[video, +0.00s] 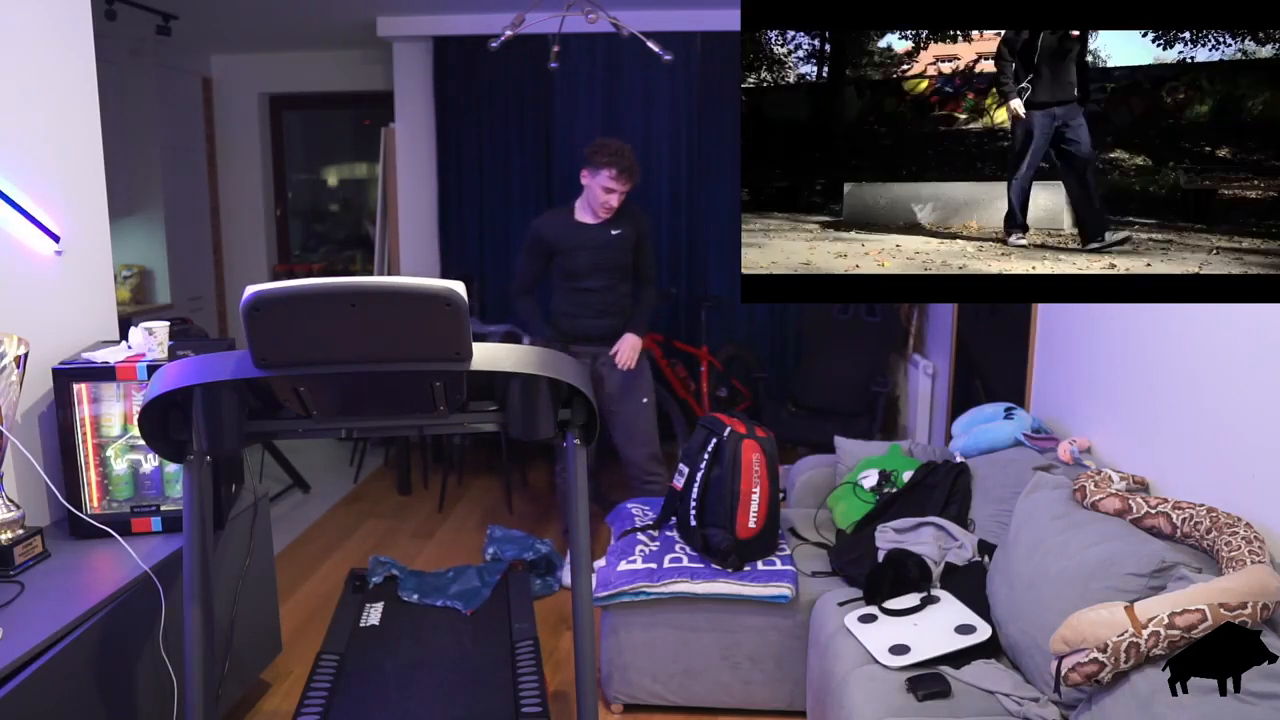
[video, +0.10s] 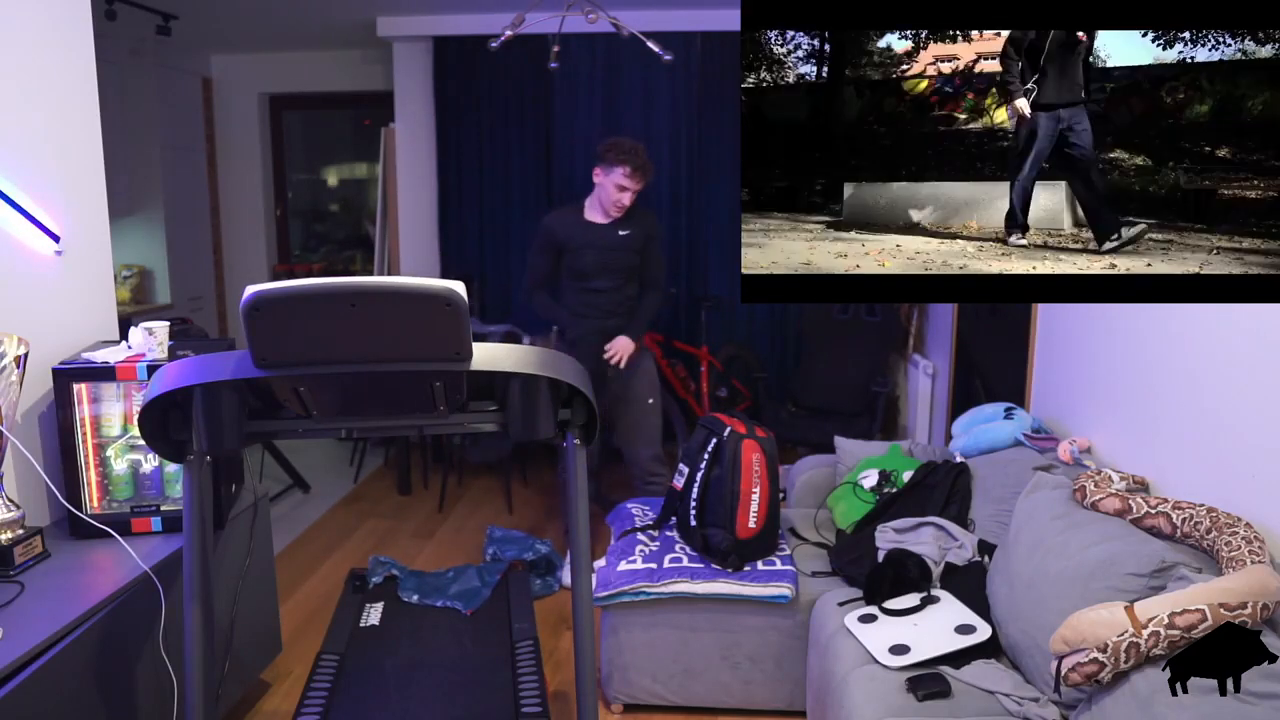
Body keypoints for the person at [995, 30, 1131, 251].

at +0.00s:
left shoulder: (1080, 34)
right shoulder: (1024, 32)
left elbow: (1080, 61)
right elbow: (1004, 55)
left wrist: (1082, 99)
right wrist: (1010, 96)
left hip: (1069, 106)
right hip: (1034, 107)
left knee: (1083, 166)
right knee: (1023, 170)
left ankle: (1094, 235)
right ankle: (1015, 231)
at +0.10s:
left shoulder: (1085, 34)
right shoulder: (1029, 32)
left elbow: (1082, 60)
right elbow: (1009, 55)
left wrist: (1082, 96)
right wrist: (1016, 94)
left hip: (1074, 106)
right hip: (1039, 107)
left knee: (1086, 170)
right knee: (1025, 171)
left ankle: (1108, 234)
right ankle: (1015, 231)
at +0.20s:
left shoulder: (1098, 33)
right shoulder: (1040, 31)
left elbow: (1091, 64)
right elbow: (1021, 54)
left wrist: (1088, 97)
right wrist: (1024, 94)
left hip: (1086, 108)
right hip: (1050, 108)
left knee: (1100, 175)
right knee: (1033, 172)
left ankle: (1118, 239)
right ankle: (1016, 230)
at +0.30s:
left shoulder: (1108, 34)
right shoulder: (1049, 32)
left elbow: (1100, 63)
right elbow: (1031, 52)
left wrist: (1096, 95)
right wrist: (1032, 93)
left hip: (1096, 107)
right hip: (1060, 107)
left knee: (1108, 176)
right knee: (1042, 170)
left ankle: (1120, 242)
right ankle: (1018, 229)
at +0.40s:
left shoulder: (1121, 33)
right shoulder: (1060, 32)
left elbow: (1114, 61)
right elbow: (1044, 54)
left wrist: (1108, 93)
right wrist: (1041, 92)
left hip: (1110, 101)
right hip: (1074, 101)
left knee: (1118, 173)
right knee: (1059, 168)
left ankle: (1121, 242)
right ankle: (1026, 221)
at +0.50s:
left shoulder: (1129, 33)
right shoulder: (1068, 31)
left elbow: (1123, 57)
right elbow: (1053, 47)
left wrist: (1118, 93)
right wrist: (1048, 90)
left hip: (1119, 98)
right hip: (1082, 97)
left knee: (1126, 171)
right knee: (1077, 166)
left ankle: (1121, 242)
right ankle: (1038, 211)